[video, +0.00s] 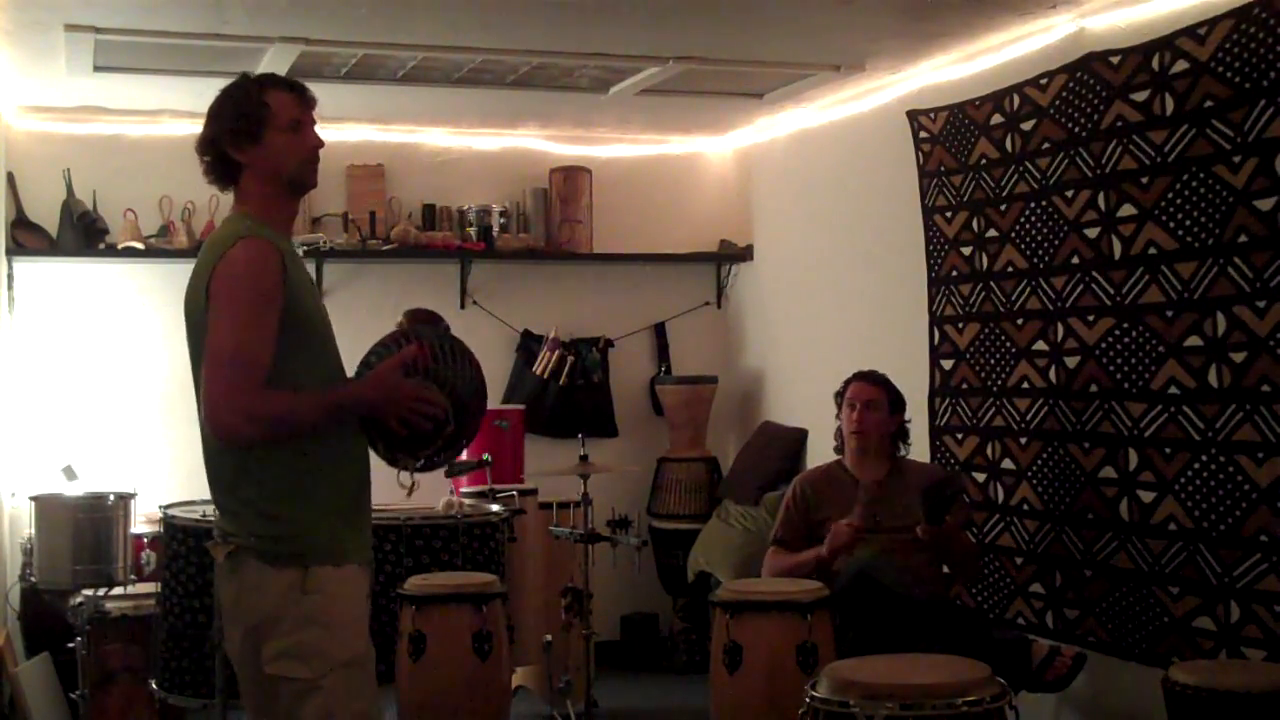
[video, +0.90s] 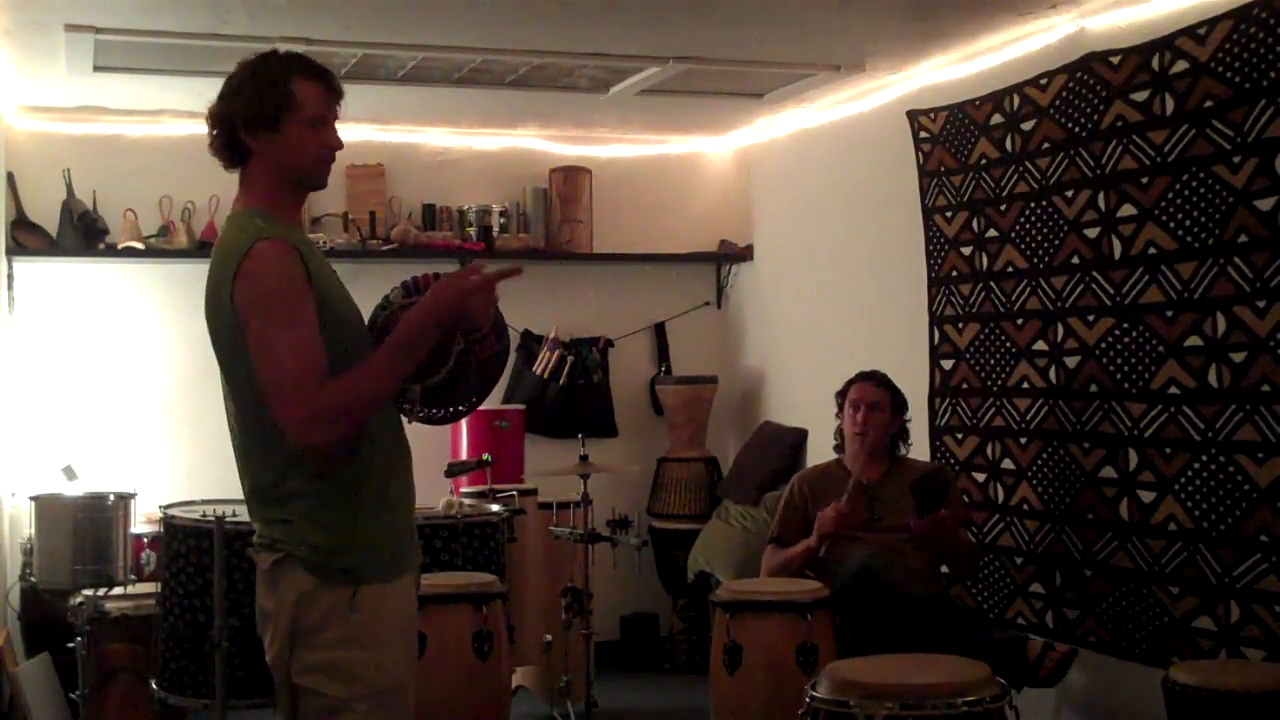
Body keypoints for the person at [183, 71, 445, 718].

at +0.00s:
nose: (319, 138)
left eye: (314, 125)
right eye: (301, 125)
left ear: (254, 149)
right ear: (245, 144)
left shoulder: (258, 249)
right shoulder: (252, 253)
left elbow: (273, 404)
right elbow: (232, 413)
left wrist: (374, 379)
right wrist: (364, 396)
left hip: (292, 564)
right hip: (295, 570)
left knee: (304, 707)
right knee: (320, 708)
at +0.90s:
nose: (337, 139)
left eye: (334, 121)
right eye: (318, 121)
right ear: (258, 132)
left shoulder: (283, 245)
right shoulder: (265, 254)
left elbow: (325, 401)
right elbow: (314, 420)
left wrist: (416, 331)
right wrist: (433, 317)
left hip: (350, 572)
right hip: (333, 581)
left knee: (363, 709)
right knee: (349, 711)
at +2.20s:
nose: (333, 161)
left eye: (334, 144)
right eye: (318, 143)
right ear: (263, 148)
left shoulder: (285, 255)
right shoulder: (249, 258)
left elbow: (288, 393)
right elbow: (222, 424)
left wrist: (369, 372)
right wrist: (358, 392)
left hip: (329, 561)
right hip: (304, 567)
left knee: (336, 705)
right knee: (317, 706)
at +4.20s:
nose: (334, 156)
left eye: (332, 142)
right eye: (315, 144)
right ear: (265, 159)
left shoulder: (280, 260)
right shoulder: (250, 259)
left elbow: (294, 404)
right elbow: (195, 407)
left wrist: (380, 403)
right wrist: (346, 425)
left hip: (311, 561)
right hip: (293, 566)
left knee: (319, 708)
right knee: (331, 709)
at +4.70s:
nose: (388, 134)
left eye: (379, 120)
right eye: (367, 124)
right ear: (318, 152)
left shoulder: (353, 255)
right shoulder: (312, 260)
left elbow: (353, 413)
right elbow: (257, 421)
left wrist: (448, 440)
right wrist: (407, 477)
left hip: (354, 562)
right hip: (325, 571)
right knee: (362, 707)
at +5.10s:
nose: (476, 129)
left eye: (469, 114)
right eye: (456, 117)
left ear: (412, 141)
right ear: (401, 140)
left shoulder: (444, 244)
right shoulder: (360, 258)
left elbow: (428, 394)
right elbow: (288, 421)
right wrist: (447, 460)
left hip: (423, 556)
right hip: (367, 568)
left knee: (426, 708)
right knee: (383, 711)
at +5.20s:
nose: (484, 125)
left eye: (476, 111)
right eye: (462, 114)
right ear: (408, 140)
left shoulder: (444, 243)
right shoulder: (371, 267)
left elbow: (436, 377)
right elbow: (341, 445)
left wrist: (536, 356)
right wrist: (498, 426)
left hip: (431, 555)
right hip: (377, 569)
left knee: (437, 705)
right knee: (393, 709)